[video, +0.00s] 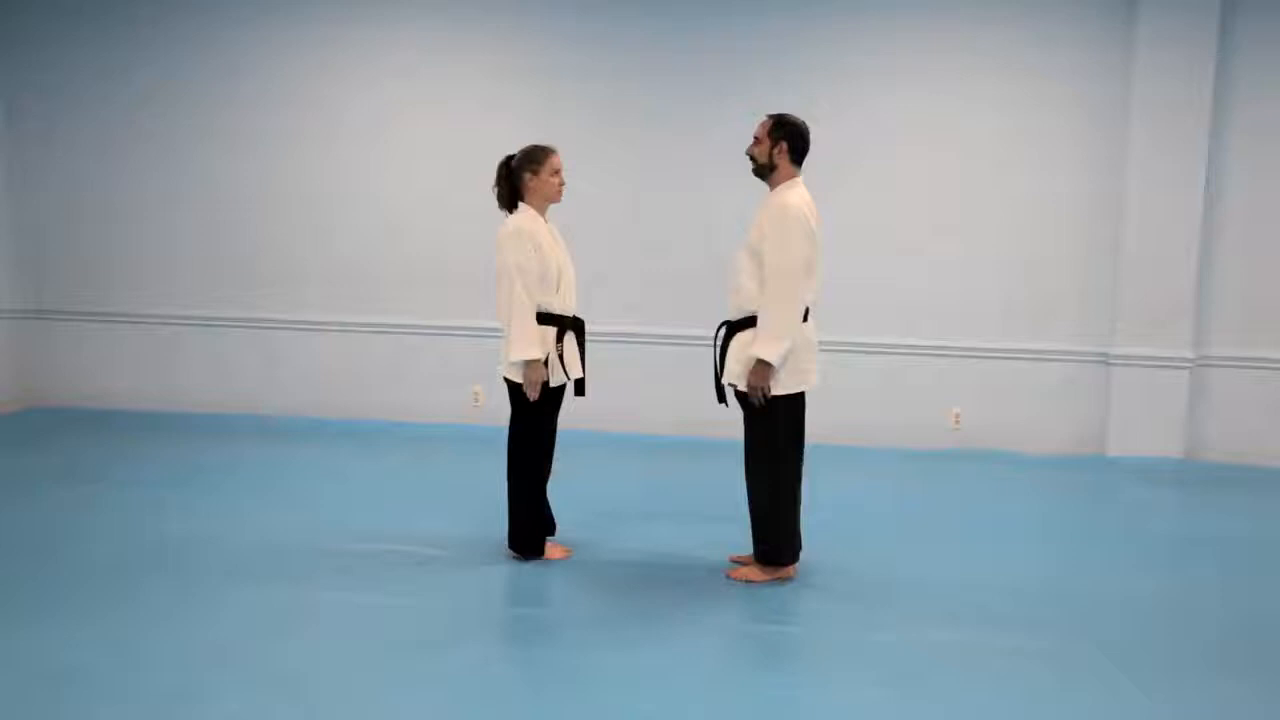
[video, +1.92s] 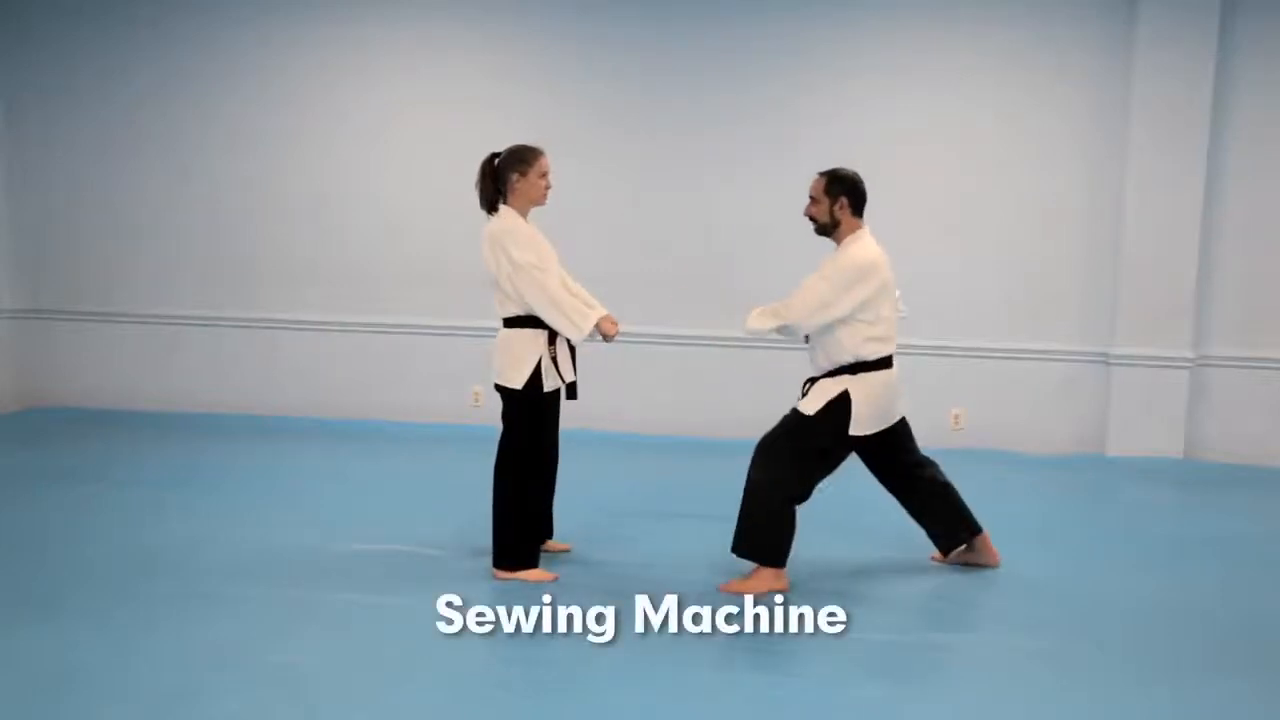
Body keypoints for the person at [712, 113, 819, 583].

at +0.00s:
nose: (749, 147)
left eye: (757, 140)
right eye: (753, 139)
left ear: (781, 149)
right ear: (781, 149)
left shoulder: (789, 207)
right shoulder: (782, 203)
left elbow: (786, 291)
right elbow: (780, 288)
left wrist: (767, 358)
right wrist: (755, 352)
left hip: (775, 358)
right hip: (770, 356)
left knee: (772, 464)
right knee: (770, 462)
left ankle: (777, 560)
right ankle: (772, 551)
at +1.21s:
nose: (742, 159)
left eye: (749, 151)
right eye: (744, 151)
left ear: (774, 156)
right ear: (777, 156)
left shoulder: (787, 213)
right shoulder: (801, 206)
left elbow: (761, 291)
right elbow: (761, 280)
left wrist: (711, 331)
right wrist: (711, 302)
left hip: (788, 357)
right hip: (805, 352)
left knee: (768, 465)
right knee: (782, 462)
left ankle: (771, 569)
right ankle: (775, 551)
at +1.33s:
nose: (742, 168)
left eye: (749, 160)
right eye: (744, 160)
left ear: (774, 164)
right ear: (780, 164)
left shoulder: (787, 219)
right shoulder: (814, 211)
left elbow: (753, 287)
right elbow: (770, 280)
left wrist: (701, 310)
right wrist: (714, 287)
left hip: (799, 357)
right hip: (829, 350)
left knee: (768, 457)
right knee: (792, 442)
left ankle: (773, 571)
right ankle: (815, 523)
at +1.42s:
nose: (748, 174)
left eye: (754, 165)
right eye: (750, 164)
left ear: (781, 171)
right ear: (788, 171)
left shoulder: (793, 224)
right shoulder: (820, 213)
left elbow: (753, 291)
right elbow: (772, 283)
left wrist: (701, 303)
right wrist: (717, 285)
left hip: (807, 364)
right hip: (839, 357)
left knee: (770, 462)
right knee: (811, 444)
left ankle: (772, 572)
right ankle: (870, 514)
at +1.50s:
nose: (757, 179)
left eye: (763, 172)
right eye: (758, 171)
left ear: (789, 175)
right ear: (795, 176)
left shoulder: (802, 229)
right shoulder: (829, 221)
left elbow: (760, 292)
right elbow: (787, 292)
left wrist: (712, 298)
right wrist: (731, 289)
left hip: (814, 368)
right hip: (851, 361)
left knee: (774, 466)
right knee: (842, 452)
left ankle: (771, 572)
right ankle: (915, 515)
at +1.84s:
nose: (801, 207)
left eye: (808, 199)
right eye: (803, 199)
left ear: (836, 203)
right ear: (839, 204)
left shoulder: (850, 255)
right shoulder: (864, 249)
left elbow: (796, 314)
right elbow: (817, 318)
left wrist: (752, 316)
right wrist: (788, 324)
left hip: (848, 389)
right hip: (876, 384)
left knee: (777, 460)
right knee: (908, 466)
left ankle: (771, 570)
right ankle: (972, 542)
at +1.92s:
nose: (806, 209)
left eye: (814, 201)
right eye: (808, 200)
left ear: (841, 205)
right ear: (844, 207)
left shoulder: (853, 258)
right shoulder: (868, 253)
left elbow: (801, 314)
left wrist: (752, 321)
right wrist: (794, 326)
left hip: (848, 392)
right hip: (875, 387)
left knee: (775, 457)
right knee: (908, 469)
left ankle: (769, 570)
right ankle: (973, 544)